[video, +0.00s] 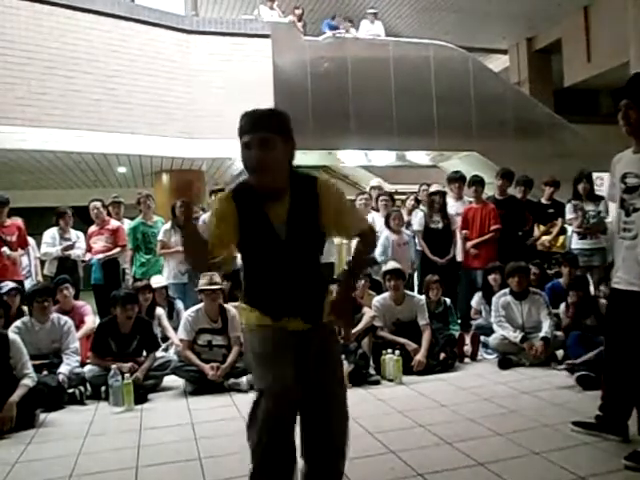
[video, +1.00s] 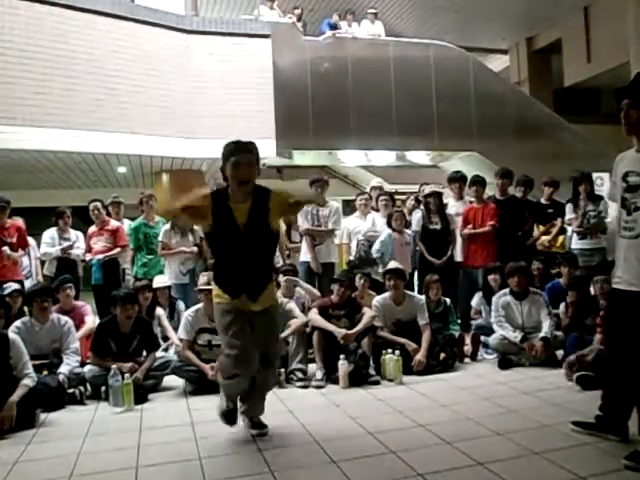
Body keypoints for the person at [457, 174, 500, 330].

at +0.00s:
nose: (474, 190)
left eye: (477, 187)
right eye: (472, 187)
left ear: (482, 189)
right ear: (468, 189)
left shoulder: (490, 208)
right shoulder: (467, 210)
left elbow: (495, 230)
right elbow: (462, 230)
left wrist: (473, 243)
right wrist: (464, 234)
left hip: (485, 258)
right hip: (469, 258)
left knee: (483, 292)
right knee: (467, 293)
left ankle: (485, 320)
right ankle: (466, 322)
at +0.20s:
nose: (473, 190)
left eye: (476, 187)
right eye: (471, 187)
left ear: (482, 189)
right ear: (468, 189)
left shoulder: (490, 208)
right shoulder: (468, 209)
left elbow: (495, 230)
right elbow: (463, 229)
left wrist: (473, 242)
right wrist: (464, 234)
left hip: (485, 259)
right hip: (469, 258)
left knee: (484, 294)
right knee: (466, 295)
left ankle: (486, 323)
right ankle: (465, 325)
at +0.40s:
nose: (473, 190)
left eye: (476, 187)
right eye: (471, 187)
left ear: (482, 189)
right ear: (468, 189)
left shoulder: (490, 208)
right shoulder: (467, 210)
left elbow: (495, 231)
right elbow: (463, 229)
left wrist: (473, 242)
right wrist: (464, 234)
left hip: (485, 259)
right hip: (469, 259)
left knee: (485, 294)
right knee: (466, 295)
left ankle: (486, 322)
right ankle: (466, 325)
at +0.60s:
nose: (474, 190)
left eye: (477, 187)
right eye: (471, 187)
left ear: (482, 189)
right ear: (468, 189)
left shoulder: (490, 208)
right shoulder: (468, 209)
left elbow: (496, 230)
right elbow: (463, 229)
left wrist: (475, 239)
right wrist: (465, 235)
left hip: (485, 259)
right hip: (469, 259)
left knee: (485, 294)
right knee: (467, 294)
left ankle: (487, 322)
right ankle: (466, 325)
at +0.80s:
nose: (474, 190)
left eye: (477, 187)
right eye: (472, 187)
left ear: (483, 189)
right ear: (468, 189)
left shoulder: (490, 208)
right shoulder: (468, 210)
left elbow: (494, 229)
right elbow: (463, 228)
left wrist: (473, 233)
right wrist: (468, 234)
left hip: (485, 259)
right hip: (469, 258)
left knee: (485, 295)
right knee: (466, 295)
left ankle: (486, 324)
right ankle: (465, 326)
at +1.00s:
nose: (475, 190)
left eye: (478, 187)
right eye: (472, 187)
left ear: (483, 189)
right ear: (469, 189)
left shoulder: (490, 207)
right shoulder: (468, 210)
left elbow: (491, 226)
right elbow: (462, 230)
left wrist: (470, 231)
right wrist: (475, 228)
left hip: (486, 259)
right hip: (470, 259)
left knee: (486, 296)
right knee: (466, 296)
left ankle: (487, 325)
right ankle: (465, 328)